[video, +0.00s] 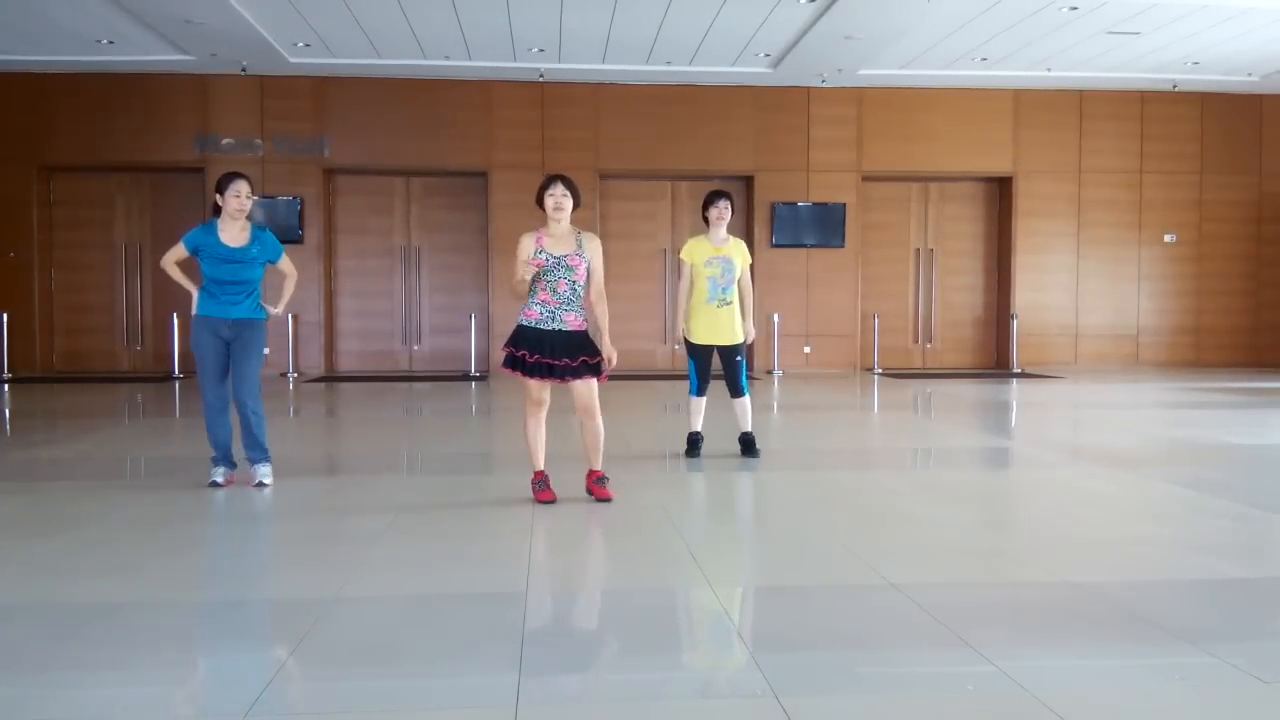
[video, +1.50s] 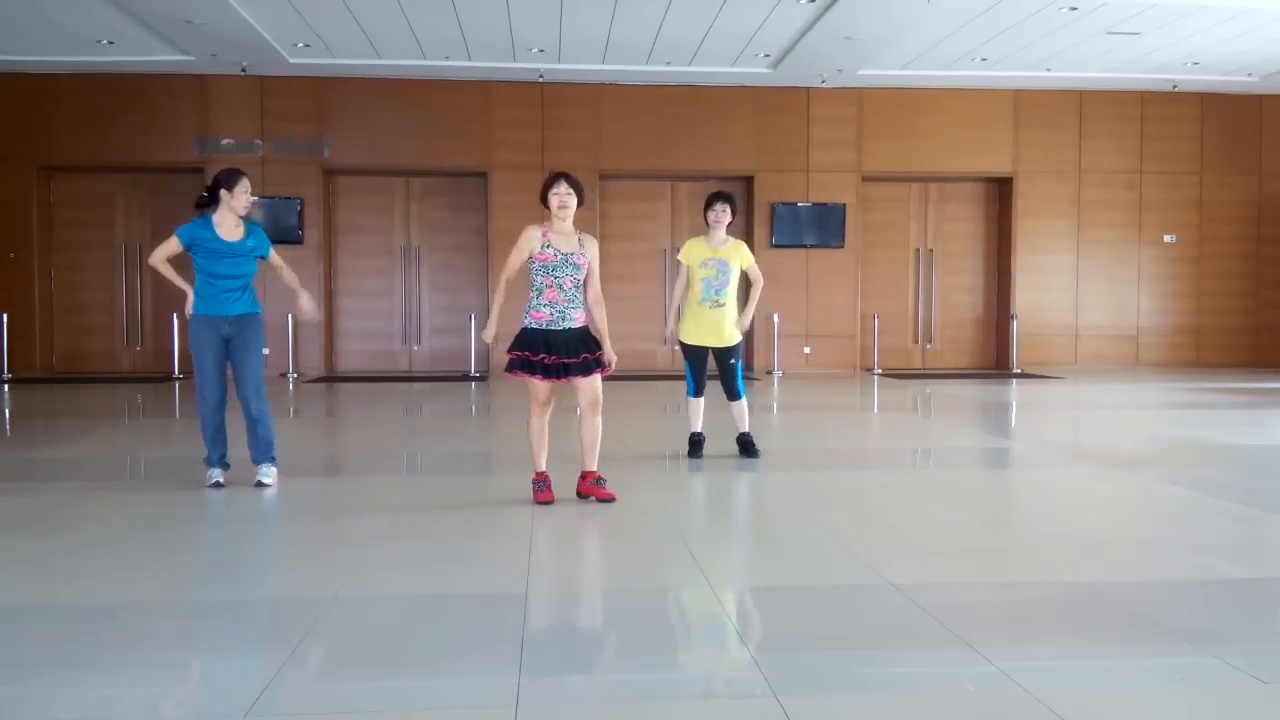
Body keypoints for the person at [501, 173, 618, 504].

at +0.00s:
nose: (558, 201)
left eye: (564, 196)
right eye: (551, 196)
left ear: (574, 203)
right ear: (542, 203)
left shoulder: (590, 242)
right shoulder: (529, 241)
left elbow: (597, 295)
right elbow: (519, 292)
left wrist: (605, 339)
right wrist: (524, 279)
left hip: (577, 335)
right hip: (536, 334)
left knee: (590, 409)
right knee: (537, 405)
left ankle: (596, 475)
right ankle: (540, 476)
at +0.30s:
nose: (566, 196)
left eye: (573, 191)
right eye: (560, 191)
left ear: (583, 198)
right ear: (551, 199)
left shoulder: (599, 235)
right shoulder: (539, 239)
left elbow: (611, 289)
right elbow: (542, 289)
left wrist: (614, 333)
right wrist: (524, 284)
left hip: (590, 331)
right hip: (550, 330)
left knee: (592, 406)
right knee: (550, 402)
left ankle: (600, 475)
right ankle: (552, 475)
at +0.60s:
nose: (574, 198)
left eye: (580, 193)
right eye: (568, 193)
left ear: (590, 200)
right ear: (559, 200)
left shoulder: (607, 237)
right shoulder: (546, 240)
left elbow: (619, 289)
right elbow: (546, 292)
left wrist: (625, 333)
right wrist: (529, 313)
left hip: (601, 333)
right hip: (561, 333)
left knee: (600, 405)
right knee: (557, 405)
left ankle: (602, 476)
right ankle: (553, 475)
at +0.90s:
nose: (576, 202)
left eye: (582, 197)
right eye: (570, 197)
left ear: (591, 204)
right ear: (559, 204)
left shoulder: (603, 245)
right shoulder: (545, 241)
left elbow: (614, 293)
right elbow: (534, 291)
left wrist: (629, 340)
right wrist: (534, 340)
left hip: (603, 335)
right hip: (564, 337)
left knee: (600, 407)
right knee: (568, 411)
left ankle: (602, 475)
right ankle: (546, 474)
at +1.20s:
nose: (570, 198)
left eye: (575, 194)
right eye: (562, 194)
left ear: (583, 201)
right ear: (552, 201)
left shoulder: (591, 243)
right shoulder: (541, 234)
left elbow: (601, 295)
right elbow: (516, 276)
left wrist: (616, 341)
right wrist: (515, 326)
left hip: (590, 332)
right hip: (553, 334)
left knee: (593, 403)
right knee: (556, 406)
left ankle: (595, 475)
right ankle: (543, 475)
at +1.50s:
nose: (562, 199)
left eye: (568, 194)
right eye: (556, 194)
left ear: (578, 200)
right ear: (546, 200)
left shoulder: (588, 244)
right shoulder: (533, 236)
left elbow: (595, 298)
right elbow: (504, 278)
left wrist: (606, 343)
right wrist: (493, 323)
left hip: (578, 334)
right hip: (540, 334)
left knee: (593, 401)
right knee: (541, 403)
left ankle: (590, 476)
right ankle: (541, 476)